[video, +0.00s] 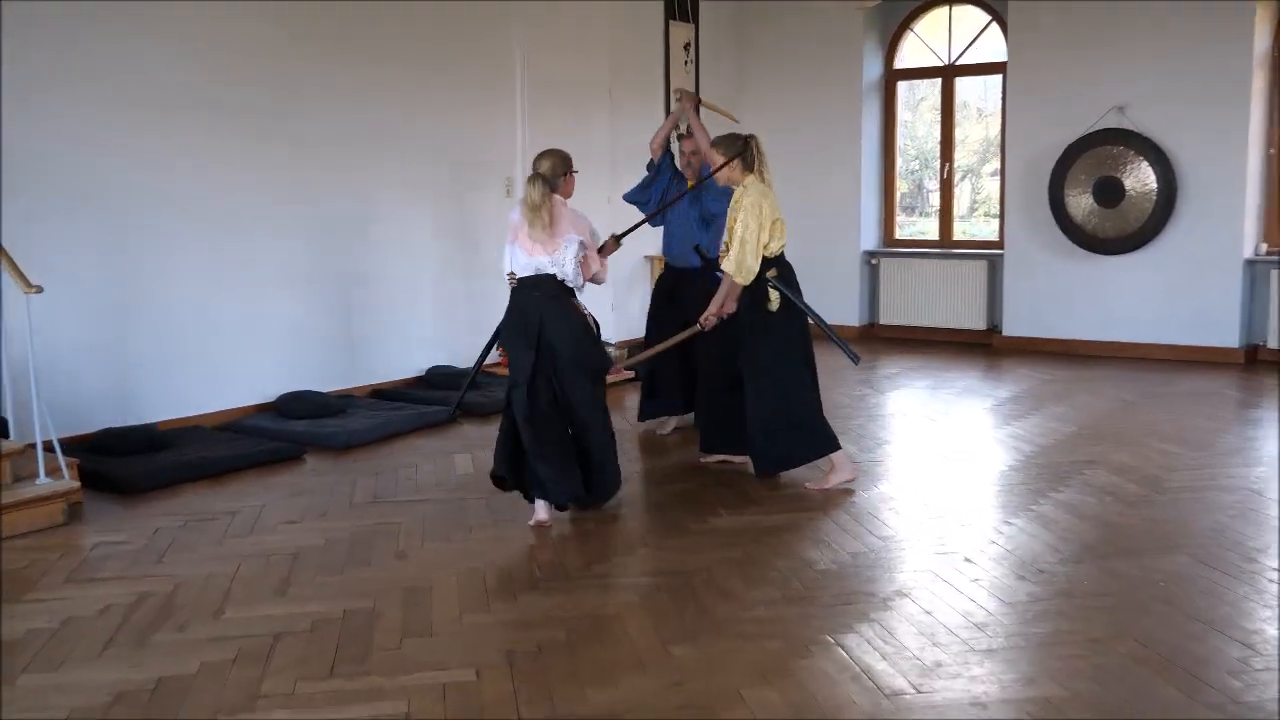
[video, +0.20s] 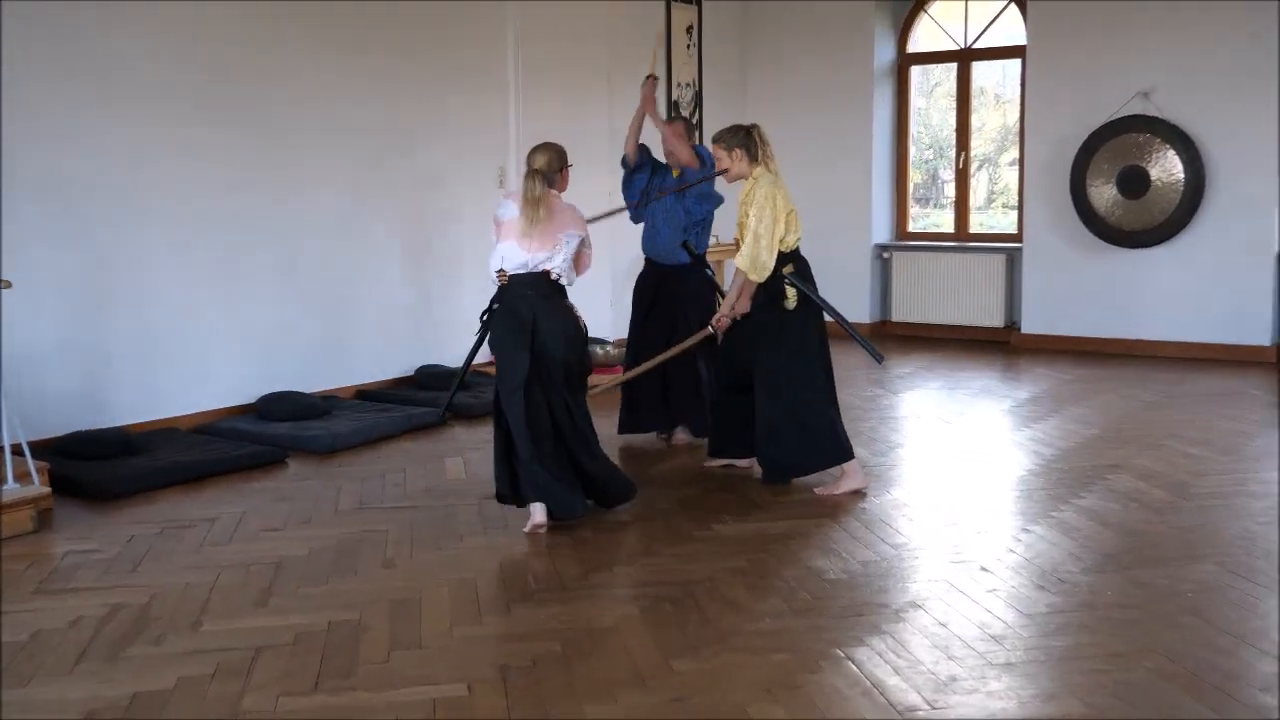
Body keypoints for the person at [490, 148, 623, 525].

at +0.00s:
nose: (575, 180)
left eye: (573, 174)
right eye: (573, 175)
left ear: (538, 178)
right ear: (565, 179)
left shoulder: (518, 217)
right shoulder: (577, 220)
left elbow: (512, 273)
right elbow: (595, 274)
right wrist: (602, 254)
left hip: (521, 309)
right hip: (562, 310)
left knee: (531, 400)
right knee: (570, 395)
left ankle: (540, 498)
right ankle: (576, 483)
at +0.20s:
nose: (570, 174)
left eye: (569, 168)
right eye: (569, 169)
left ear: (530, 171)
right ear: (561, 174)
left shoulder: (506, 210)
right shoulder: (571, 216)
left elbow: (499, 262)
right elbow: (580, 266)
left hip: (510, 306)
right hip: (552, 307)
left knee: (517, 402)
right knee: (556, 396)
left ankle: (536, 501)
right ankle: (564, 487)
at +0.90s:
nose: (508, 127)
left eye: (507, 121)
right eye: (504, 122)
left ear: (482, 128)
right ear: (487, 127)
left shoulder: (495, 168)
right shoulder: (478, 158)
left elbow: (541, 156)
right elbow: (522, 126)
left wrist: (551, 99)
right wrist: (530, 77)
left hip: (491, 267)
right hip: (476, 268)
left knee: (501, 354)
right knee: (494, 359)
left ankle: (483, 434)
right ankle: (462, 456)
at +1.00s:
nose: (493, 126)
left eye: (493, 120)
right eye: (487, 120)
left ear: (486, 126)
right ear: (468, 126)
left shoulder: (497, 167)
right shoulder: (459, 163)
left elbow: (529, 157)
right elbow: (490, 122)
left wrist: (537, 111)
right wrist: (529, 95)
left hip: (488, 266)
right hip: (458, 264)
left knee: (496, 347)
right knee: (461, 351)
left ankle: (469, 436)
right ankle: (422, 430)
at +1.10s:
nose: (482, 135)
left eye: (483, 128)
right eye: (473, 127)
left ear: (486, 131)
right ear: (451, 130)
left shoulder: (490, 166)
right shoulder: (440, 164)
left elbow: (505, 165)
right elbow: (464, 127)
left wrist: (507, 123)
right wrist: (512, 108)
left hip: (482, 266)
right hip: (446, 264)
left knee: (494, 348)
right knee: (436, 347)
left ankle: (469, 440)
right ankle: (410, 430)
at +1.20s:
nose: (471, 139)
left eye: (474, 131)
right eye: (463, 133)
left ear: (479, 135)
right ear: (445, 137)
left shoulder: (487, 171)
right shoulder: (431, 173)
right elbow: (423, 138)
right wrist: (474, 125)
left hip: (475, 268)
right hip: (439, 266)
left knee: (482, 348)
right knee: (436, 343)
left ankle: (467, 438)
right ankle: (420, 417)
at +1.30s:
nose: (462, 136)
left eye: (465, 130)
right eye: (454, 131)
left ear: (469, 134)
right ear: (436, 135)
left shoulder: (471, 171)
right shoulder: (424, 167)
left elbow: (442, 204)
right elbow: (401, 183)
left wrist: (420, 153)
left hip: (469, 266)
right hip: (434, 263)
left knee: (475, 347)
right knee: (430, 340)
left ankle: (473, 435)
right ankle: (427, 415)